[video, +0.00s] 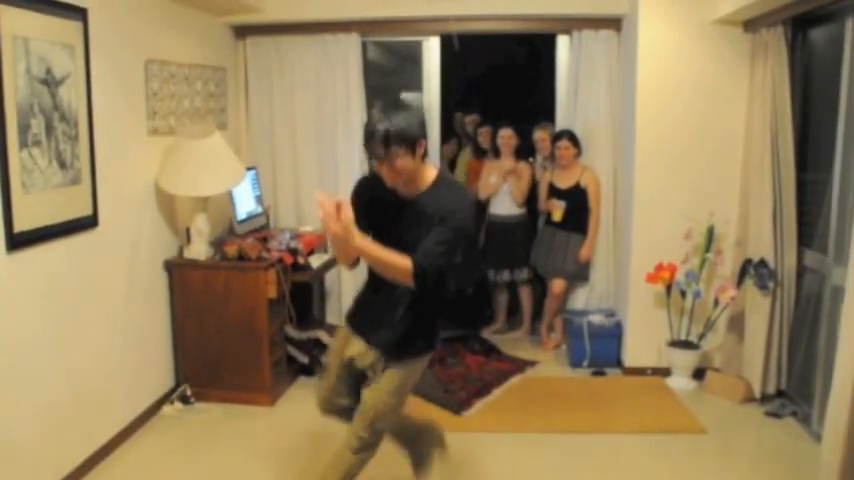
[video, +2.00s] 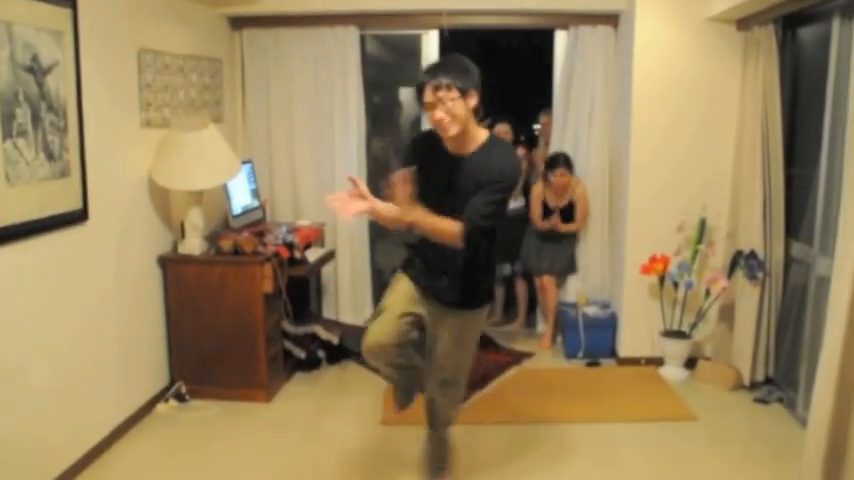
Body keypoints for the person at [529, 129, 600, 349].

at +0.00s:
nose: (562, 153)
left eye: (567, 148)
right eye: (558, 148)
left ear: (576, 150)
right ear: (554, 152)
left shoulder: (587, 176)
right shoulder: (548, 176)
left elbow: (594, 211)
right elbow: (540, 205)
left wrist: (589, 243)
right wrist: (549, 205)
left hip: (574, 235)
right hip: (552, 232)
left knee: (558, 286)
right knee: (554, 288)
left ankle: (545, 326)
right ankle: (559, 331)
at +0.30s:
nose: (561, 154)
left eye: (566, 149)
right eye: (558, 149)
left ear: (576, 151)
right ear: (552, 152)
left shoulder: (586, 175)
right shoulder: (547, 176)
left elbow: (597, 208)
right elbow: (540, 204)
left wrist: (576, 220)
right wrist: (548, 206)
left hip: (573, 233)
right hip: (550, 231)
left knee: (557, 287)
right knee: (552, 287)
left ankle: (544, 326)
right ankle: (557, 330)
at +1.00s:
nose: (567, 185)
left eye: (570, 180)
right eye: (563, 181)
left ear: (576, 175)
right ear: (553, 176)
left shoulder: (583, 187)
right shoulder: (541, 182)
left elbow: (587, 219)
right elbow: (529, 211)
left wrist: (575, 242)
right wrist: (544, 228)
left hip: (568, 234)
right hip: (542, 231)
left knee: (550, 283)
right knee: (543, 284)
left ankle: (549, 333)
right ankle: (551, 329)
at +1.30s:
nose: (565, 213)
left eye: (569, 210)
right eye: (562, 209)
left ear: (576, 204)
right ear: (555, 198)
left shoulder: (580, 208)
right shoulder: (542, 194)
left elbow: (582, 238)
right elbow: (526, 220)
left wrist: (583, 273)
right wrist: (540, 244)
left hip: (565, 240)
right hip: (538, 237)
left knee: (548, 284)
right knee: (540, 286)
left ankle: (551, 333)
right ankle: (550, 328)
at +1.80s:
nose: (568, 211)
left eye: (570, 207)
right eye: (564, 207)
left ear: (574, 202)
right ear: (553, 201)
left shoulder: (578, 208)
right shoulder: (538, 199)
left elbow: (581, 238)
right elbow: (528, 227)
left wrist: (582, 269)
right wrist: (539, 246)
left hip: (564, 240)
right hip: (540, 239)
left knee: (548, 282)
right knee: (540, 283)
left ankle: (550, 330)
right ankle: (550, 327)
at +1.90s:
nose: (563, 194)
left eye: (567, 188)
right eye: (559, 188)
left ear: (573, 186)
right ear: (550, 187)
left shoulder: (579, 197)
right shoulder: (539, 194)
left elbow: (582, 222)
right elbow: (532, 223)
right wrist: (538, 236)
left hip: (563, 235)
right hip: (541, 233)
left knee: (548, 279)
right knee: (539, 281)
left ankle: (550, 329)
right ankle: (550, 325)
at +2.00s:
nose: (559, 180)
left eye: (563, 175)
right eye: (554, 175)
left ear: (571, 175)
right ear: (547, 176)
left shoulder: (578, 190)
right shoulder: (538, 189)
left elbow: (580, 223)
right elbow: (536, 221)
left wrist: (561, 227)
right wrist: (549, 224)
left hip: (564, 235)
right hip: (539, 235)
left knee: (548, 279)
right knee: (539, 281)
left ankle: (550, 329)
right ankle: (550, 325)